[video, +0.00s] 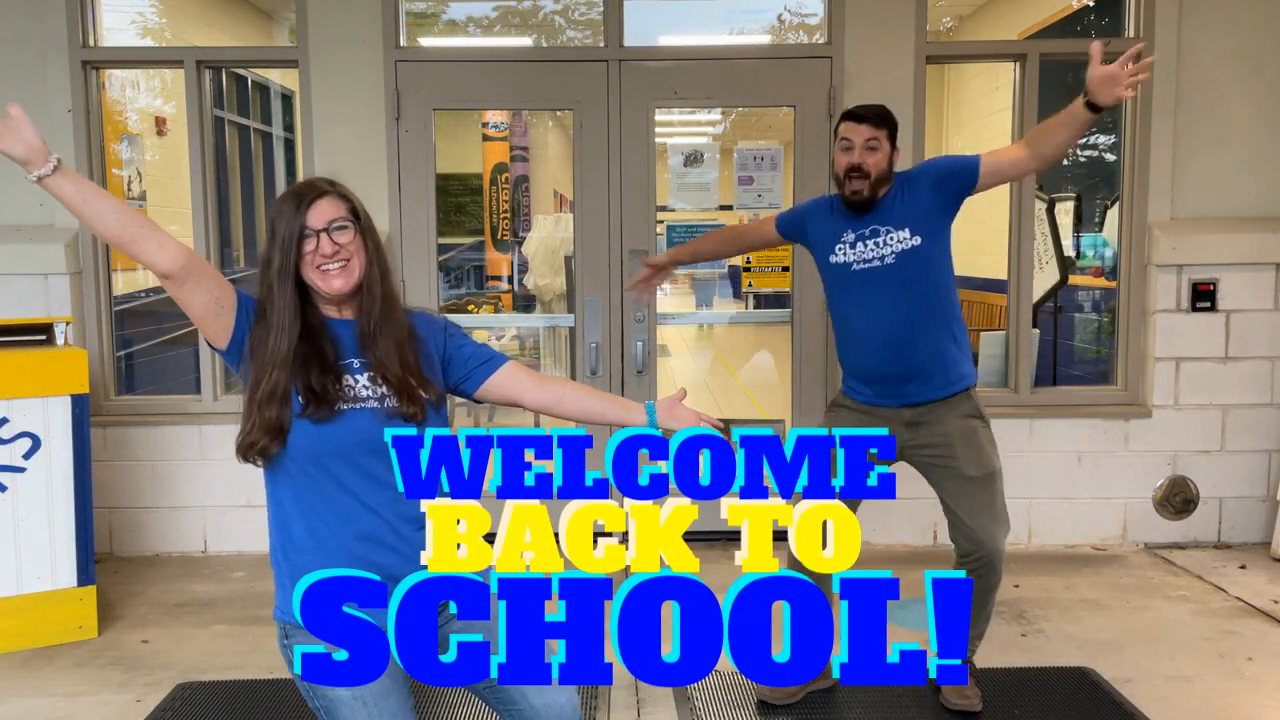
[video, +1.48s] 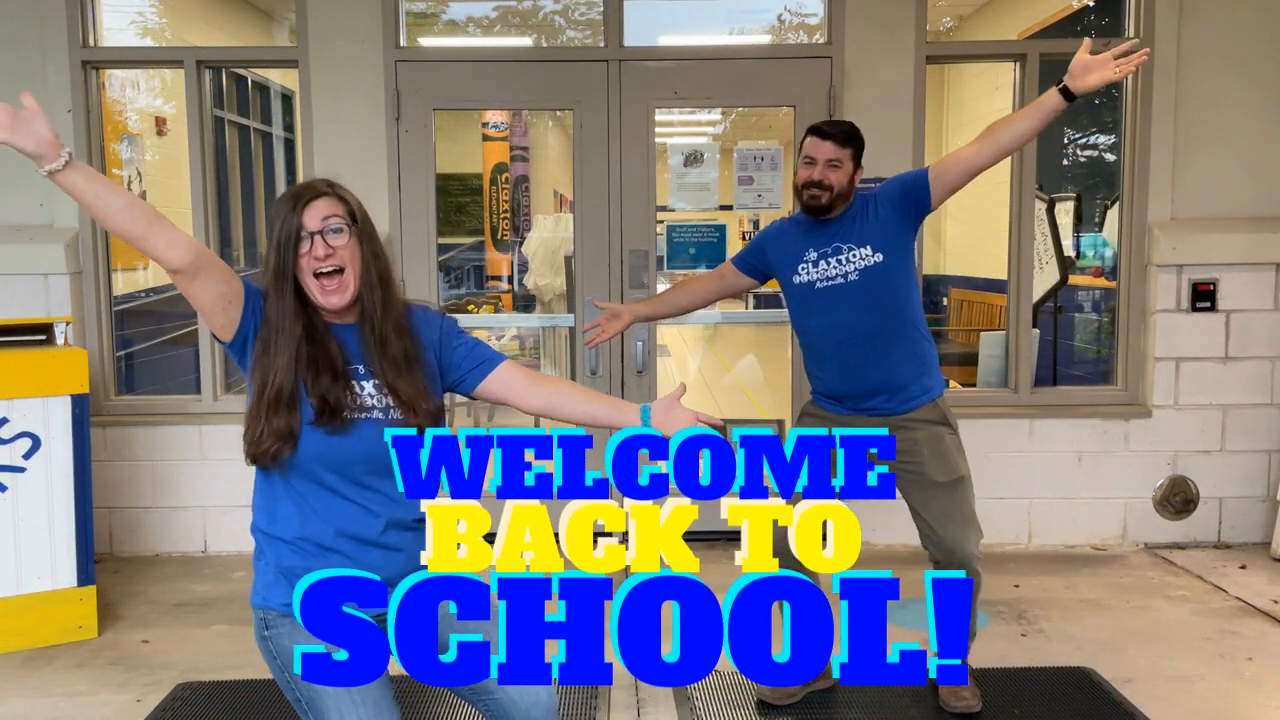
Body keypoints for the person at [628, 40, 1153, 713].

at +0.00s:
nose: (855, 158)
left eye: (868, 147)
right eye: (845, 146)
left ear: (893, 155)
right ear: (831, 156)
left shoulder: (933, 184)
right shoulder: (813, 218)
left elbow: (1026, 155)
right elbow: (741, 236)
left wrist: (1091, 103)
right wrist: (669, 259)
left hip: (947, 410)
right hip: (860, 411)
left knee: (986, 546)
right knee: (809, 531)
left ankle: (955, 662)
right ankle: (809, 653)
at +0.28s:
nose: (815, 205)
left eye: (830, 193)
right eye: (806, 192)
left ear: (853, 197)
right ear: (793, 195)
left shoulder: (894, 222)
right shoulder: (786, 259)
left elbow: (993, 187)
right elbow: (736, 293)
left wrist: (1079, 133)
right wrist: (663, 296)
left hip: (924, 431)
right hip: (842, 435)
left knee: (967, 568)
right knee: (796, 545)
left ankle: (953, 668)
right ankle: (807, 659)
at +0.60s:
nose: (806, 201)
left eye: (822, 191)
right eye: (796, 189)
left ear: (846, 196)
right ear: (784, 194)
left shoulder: (886, 220)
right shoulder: (773, 259)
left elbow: (983, 181)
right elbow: (718, 290)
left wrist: (1069, 128)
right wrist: (647, 298)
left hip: (918, 429)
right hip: (836, 433)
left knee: (964, 562)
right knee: (798, 549)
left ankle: (954, 666)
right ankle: (808, 661)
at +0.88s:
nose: (806, 190)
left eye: (821, 179)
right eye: (797, 178)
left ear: (847, 183)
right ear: (786, 183)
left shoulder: (890, 219)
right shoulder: (776, 258)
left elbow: (984, 175)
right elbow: (709, 302)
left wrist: (1068, 117)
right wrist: (637, 318)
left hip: (918, 424)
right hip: (832, 429)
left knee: (962, 560)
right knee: (796, 548)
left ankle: (953, 665)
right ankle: (807, 663)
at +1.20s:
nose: (810, 181)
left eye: (825, 171)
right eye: (801, 170)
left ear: (850, 178)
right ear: (789, 177)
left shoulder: (893, 209)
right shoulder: (776, 251)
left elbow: (984, 159)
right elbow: (707, 297)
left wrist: (1068, 99)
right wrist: (635, 321)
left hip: (921, 421)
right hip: (833, 424)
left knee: (964, 556)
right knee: (796, 546)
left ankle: (955, 667)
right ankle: (806, 662)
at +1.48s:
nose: (818, 173)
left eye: (833, 164)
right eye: (810, 162)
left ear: (855, 172)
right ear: (797, 168)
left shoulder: (895, 203)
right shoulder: (778, 240)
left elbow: (986, 149)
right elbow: (709, 287)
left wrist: (1067, 88)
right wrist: (635, 310)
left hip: (916, 416)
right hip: (829, 418)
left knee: (957, 550)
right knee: (802, 545)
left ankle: (953, 666)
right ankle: (809, 662)